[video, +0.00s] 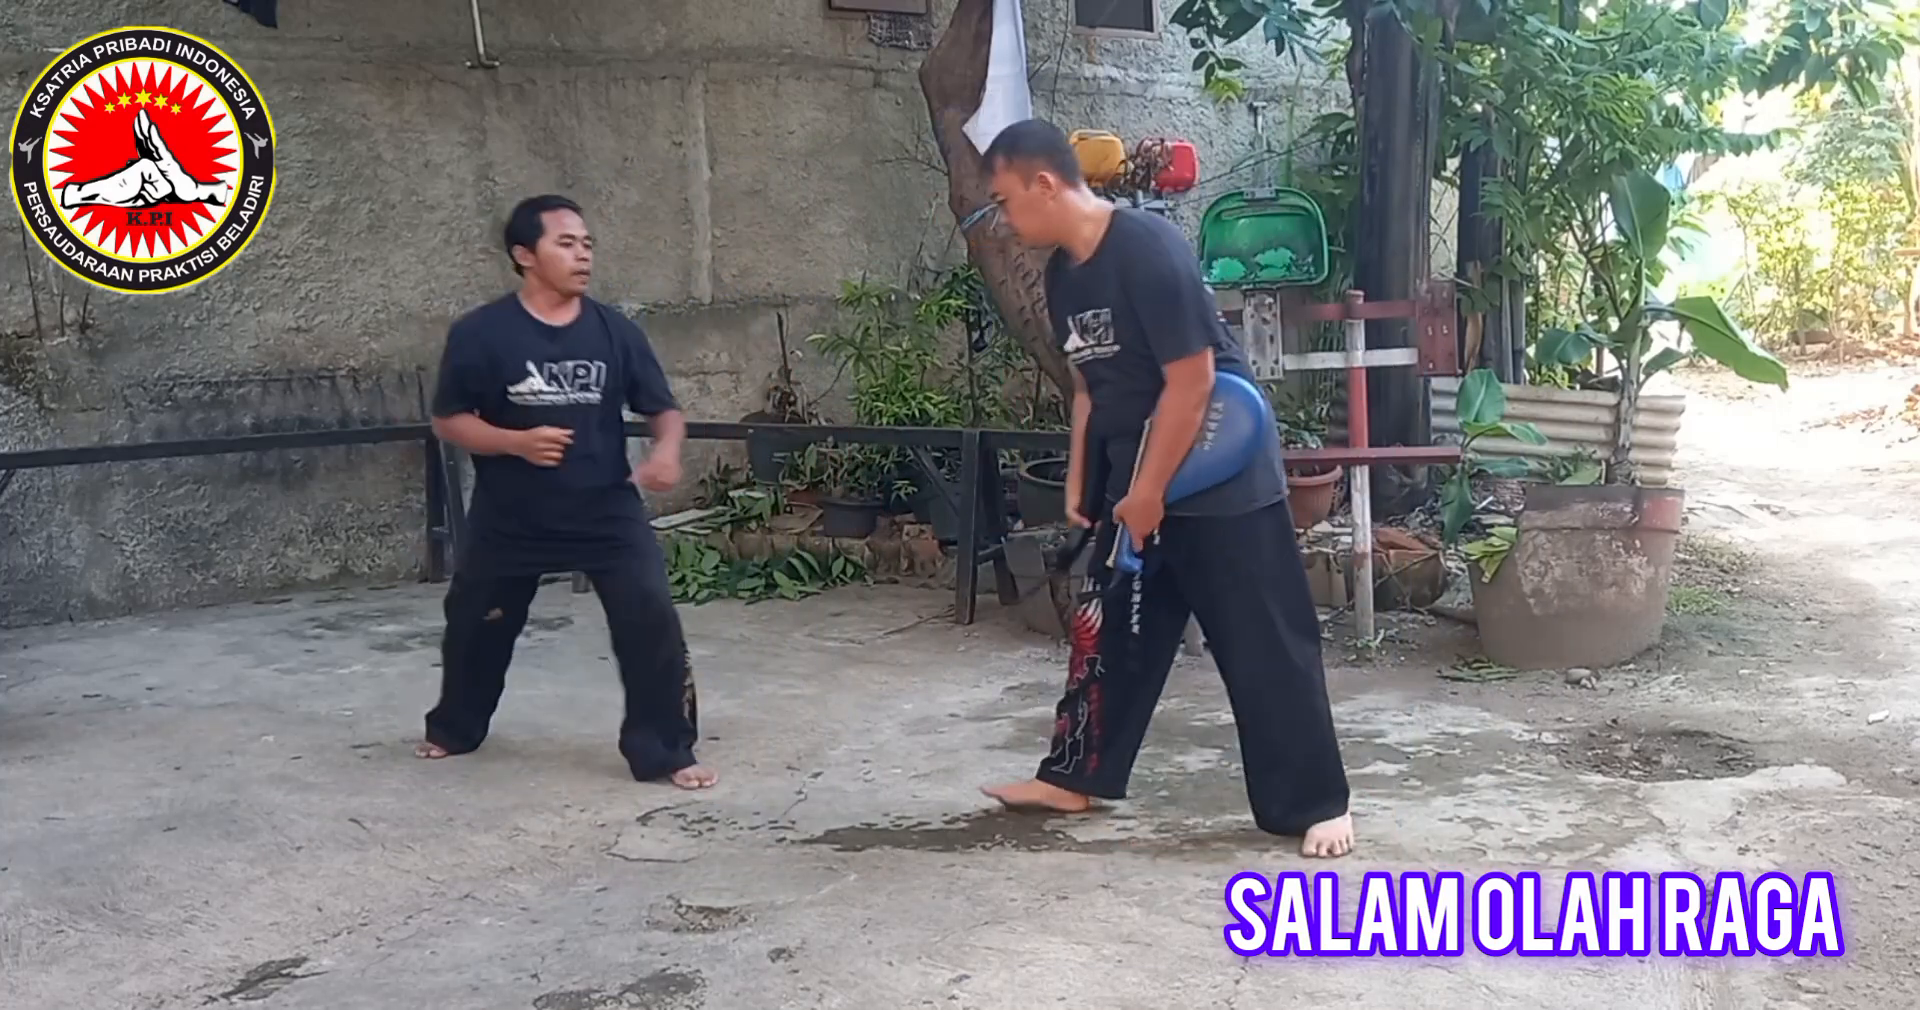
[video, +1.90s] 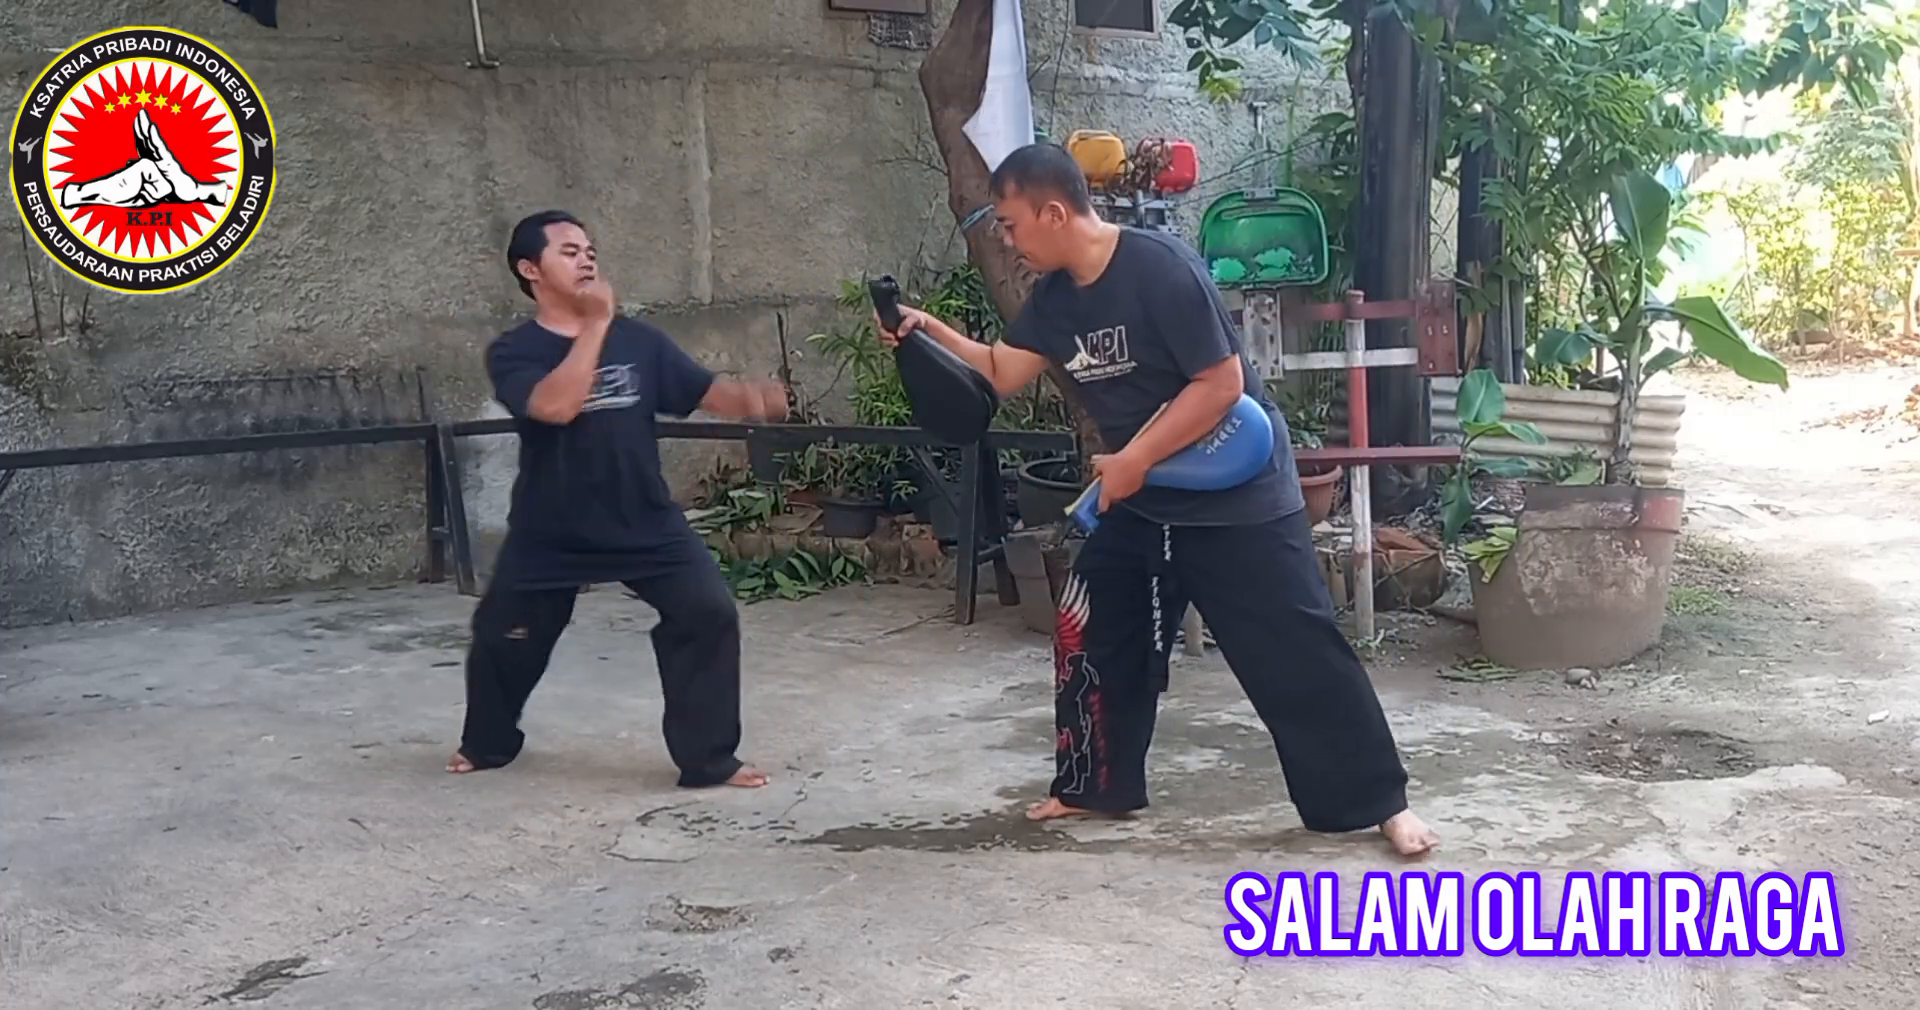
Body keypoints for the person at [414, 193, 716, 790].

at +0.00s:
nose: (583, 254)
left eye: (586, 244)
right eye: (567, 243)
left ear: (592, 252)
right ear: (525, 256)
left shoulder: (617, 332)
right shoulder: (477, 334)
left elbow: (664, 409)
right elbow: (449, 421)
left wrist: (667, 453)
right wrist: (514, 441)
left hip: (607, 517)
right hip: (511, 520)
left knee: (652, 619)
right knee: (473, 622)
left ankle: (665, 751)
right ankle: (456, 726)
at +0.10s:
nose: (613, 257)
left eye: (615, 246)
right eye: (597, 246)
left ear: (617, 252)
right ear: (553, 257)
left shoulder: (638, 336)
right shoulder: (505, 333)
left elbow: (682, 405)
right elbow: (485, 423)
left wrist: (705, 438)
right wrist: (571, 419)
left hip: (619, 516)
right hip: (523, 518)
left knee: (663, 625)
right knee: (484, 623)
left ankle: (669, 751)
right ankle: (464, 725)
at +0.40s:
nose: (581, 258)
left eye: (585, 245)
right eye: (565, 246)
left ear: (590, 251)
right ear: (522, 255)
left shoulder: (609, 328)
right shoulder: (478, 330)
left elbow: (662, 403)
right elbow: (490, 409)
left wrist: (702, 453)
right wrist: (549, 339)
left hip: (597, 512)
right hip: (505, 514)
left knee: (642, 621)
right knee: (482, 629)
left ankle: (666, 753)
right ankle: (484, 736)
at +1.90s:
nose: (587, 260)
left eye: (589, 252)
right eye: (570, 251)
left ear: (598, 265)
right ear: (530, 270)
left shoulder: (637, 339)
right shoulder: (515, 351)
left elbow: (704, 390)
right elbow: (555, 405)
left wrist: (752, 398)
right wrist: (596, 323)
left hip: (646, 524)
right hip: (552, 531)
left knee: (710, 614)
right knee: (500, 637)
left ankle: (707, 761)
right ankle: (487, 743)